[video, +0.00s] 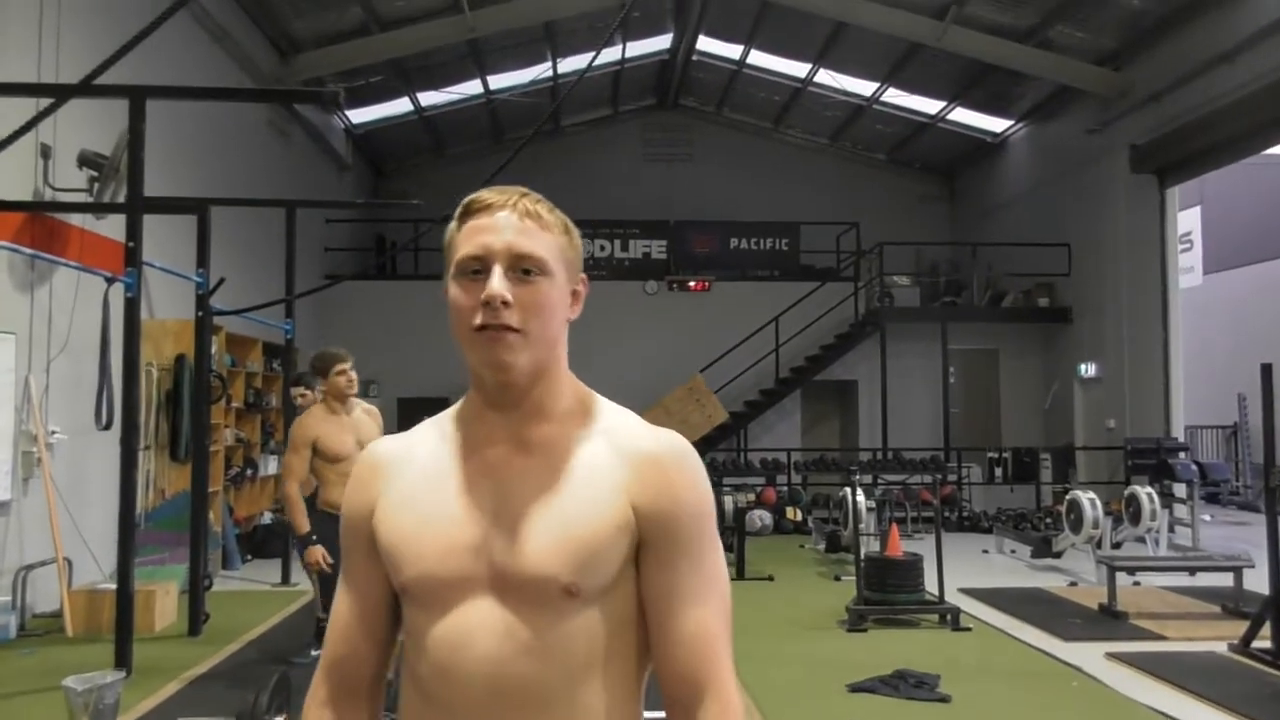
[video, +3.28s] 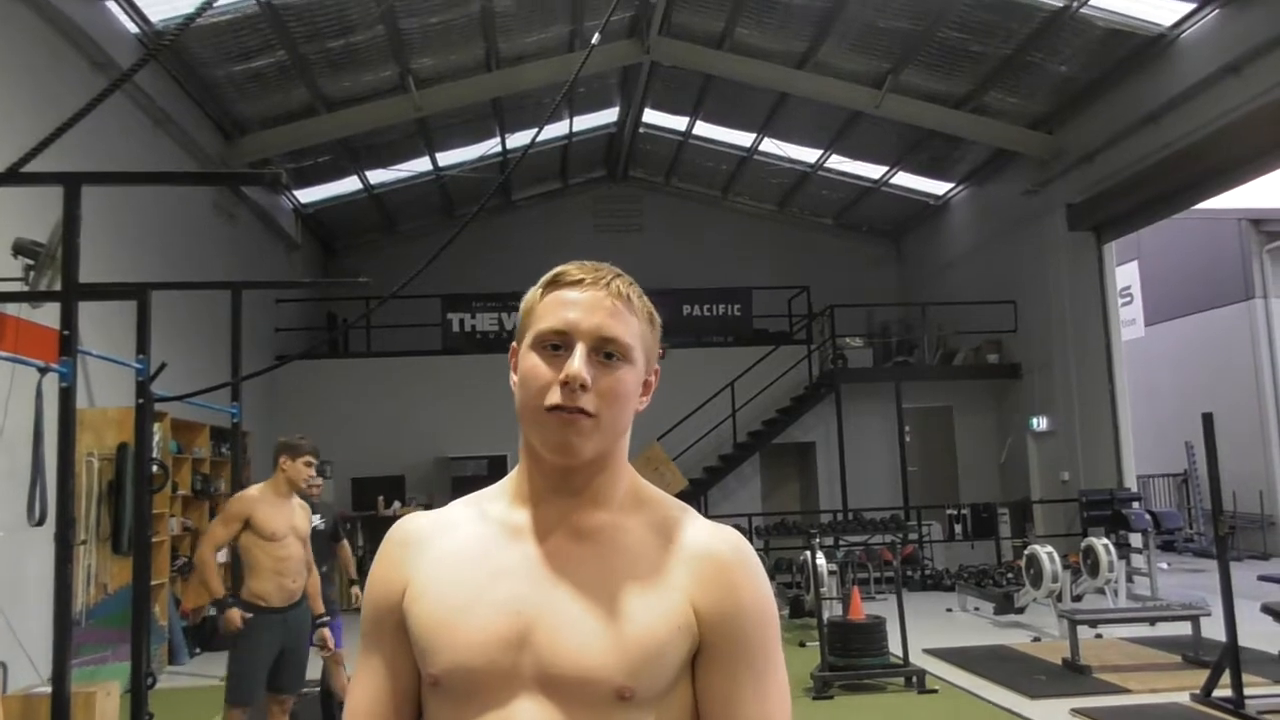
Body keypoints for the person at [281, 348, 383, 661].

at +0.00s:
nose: (351, 378)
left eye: (352, 371)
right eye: (342, 374)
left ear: (356, 374)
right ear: (323, 382)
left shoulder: (371, 414)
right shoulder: (307, 424)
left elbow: (380, 465)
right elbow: (291, 485)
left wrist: (387, 511)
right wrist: (307, 541)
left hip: (371, 515)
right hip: (331, 519)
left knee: (376, 595)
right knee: (332, 602)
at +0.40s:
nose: (331, 386)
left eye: (336, 380)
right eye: (323, 382)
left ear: (349, 384)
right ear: (315, 391)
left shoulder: (370, 426)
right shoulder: (302, 431)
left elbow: (390, 478)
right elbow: (284, 488)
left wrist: (407, 520)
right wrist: (283, 547)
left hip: (365, 530)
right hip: (324, 532)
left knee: (356, 625)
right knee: (334, 628)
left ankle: (344, 697)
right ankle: (335, 705)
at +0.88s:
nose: (322, 398)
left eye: (329, 392)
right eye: (316, 393)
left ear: (343, 398)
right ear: (307, 399)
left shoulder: (356, 444)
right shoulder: (285, 436)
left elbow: (365, 502)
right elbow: (259, 487)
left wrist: (369, 556)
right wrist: (253, 540)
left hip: (336, 544)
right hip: (291, 543)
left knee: (324, 636)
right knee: (298, 636)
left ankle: (319, 710)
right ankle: (297, 712)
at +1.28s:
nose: (276, 411)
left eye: (284, 405)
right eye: (270, 406)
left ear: (298, 411)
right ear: (261, 413)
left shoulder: (317, 456)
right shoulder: (243, 455)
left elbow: (334, 512)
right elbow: (226, 511)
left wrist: (343, 566)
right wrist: (222, 567)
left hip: (301, 565)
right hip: (254, 566)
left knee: (300, 654)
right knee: (245, 661)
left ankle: (305, 716)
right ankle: (238, 715)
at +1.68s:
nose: (235, 426)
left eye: (241, 419)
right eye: (227, 421)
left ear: (254, 424)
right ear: (217, 429)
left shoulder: (279, 465)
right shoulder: (201, 475)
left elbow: (297, 520)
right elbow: (181, 529)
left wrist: (289, 567)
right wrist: (182, 584)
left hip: (274, 575)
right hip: (227, 579)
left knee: (290, 667)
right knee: (230, 674)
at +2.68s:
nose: (282, 457)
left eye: (282, 450)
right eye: (277, 450)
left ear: (260, 453)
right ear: (256, 452)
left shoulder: (278, 495)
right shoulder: (212, 494)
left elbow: (287, 553)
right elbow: (186, 551)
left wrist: (302, 604)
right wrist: (185, 613)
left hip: (273, 606)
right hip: (228, 608)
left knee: (276, 697)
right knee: (226, 703)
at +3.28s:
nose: (312, 473)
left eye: (314, 467)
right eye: (307, 465)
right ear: (284, 463)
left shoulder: (303, 508)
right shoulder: (248, 501)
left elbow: (309, 568)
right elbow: (204, 549)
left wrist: (321, 621)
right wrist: (224, 604)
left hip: (297, 617)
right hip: (255, 620)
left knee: (282, 704)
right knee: (238, 708)